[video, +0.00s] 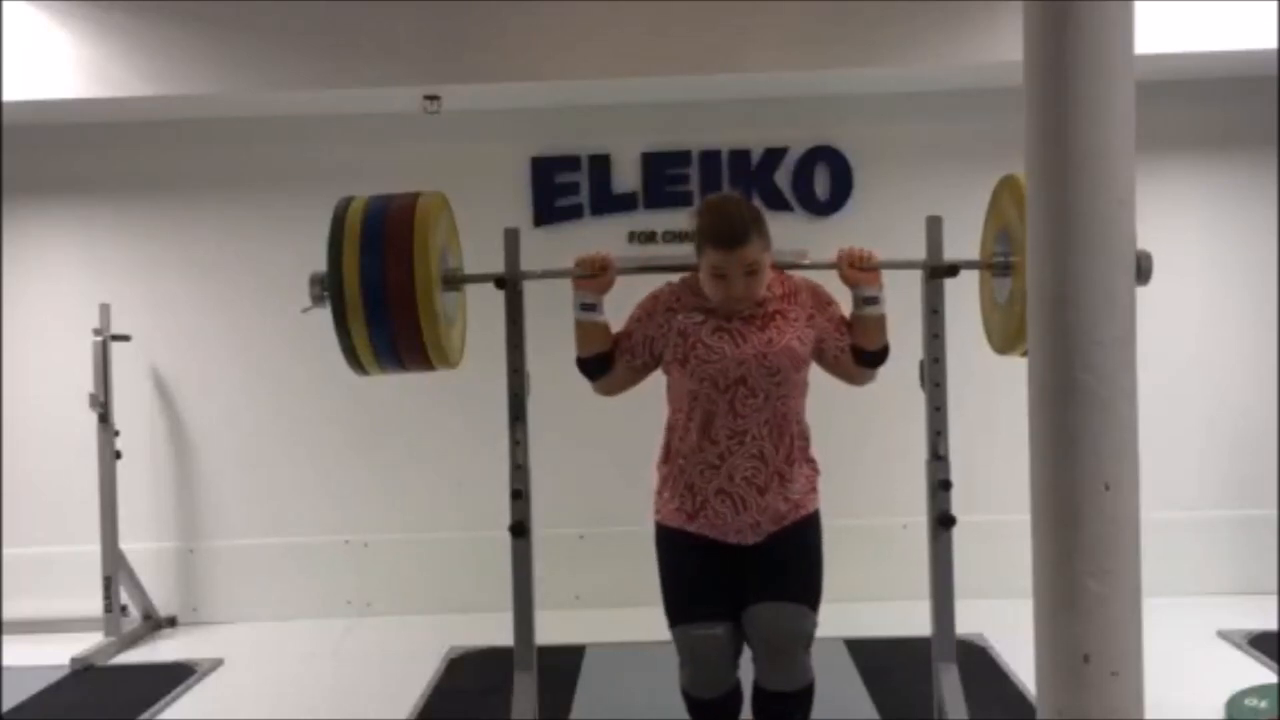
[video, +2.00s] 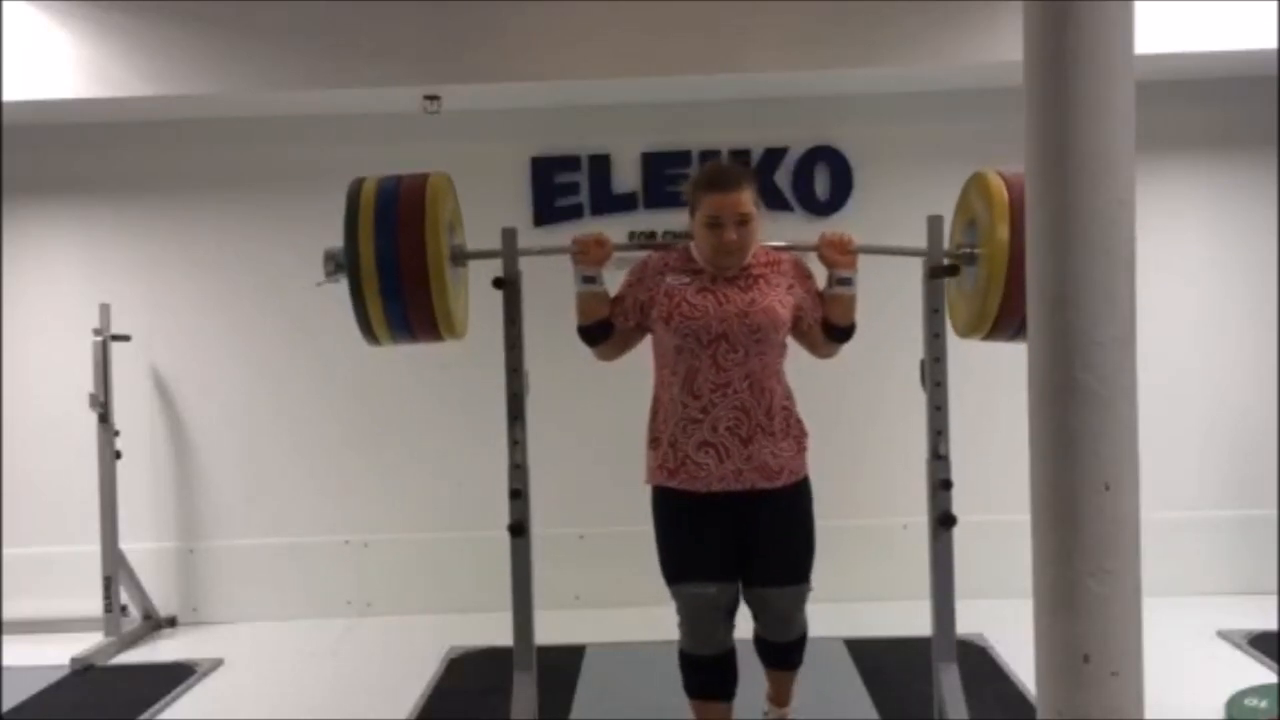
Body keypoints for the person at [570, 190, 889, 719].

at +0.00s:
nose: (736, 287)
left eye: (750, 271)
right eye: (719, 274)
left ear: (769, 258)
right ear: (697, 264)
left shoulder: (800, 302)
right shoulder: (671, 310)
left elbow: (860, 369)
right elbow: (608, 378)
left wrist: (868, 296)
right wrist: (588, 303)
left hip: (783, 519)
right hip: (693, 522)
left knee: (785, 661)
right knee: (706, 667)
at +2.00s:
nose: (729, 238)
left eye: (741, 223)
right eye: (714, 224)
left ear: (759, 220)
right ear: (692, 223)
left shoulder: (783, 270)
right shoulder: (658, 272)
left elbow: (826, 342)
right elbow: (607, 345)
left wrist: (842, 276)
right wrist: (589, 277)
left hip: (774, 478)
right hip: (689, 482)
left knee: (782, 619)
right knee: (704, 628)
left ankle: (779, 711)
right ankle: (713, 717)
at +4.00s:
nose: (721, 234)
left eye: (730, 223)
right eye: (708, 225)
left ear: (745, 227)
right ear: (687, 232)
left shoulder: (770, 275)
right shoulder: (660, 279)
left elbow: (810, 338)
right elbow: (614, 339)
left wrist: (823, 283)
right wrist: (600, 281)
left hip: (762, 457)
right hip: (685, 460)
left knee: (770, 580)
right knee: (684, 581)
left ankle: (795, 696)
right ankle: (667, 699)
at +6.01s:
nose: (725, 271)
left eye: (735, 262)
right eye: (712, 263)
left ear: (751, 273)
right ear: (694, 277)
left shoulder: (778, 329)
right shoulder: (665, 331)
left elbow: (819, 390)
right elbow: (620, 394)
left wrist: (831, 333)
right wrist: (605, 335)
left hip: (764, 474)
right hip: (682, 477)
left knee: (803, 575)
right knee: (657, 582)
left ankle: (802, 699)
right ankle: (665, 702)